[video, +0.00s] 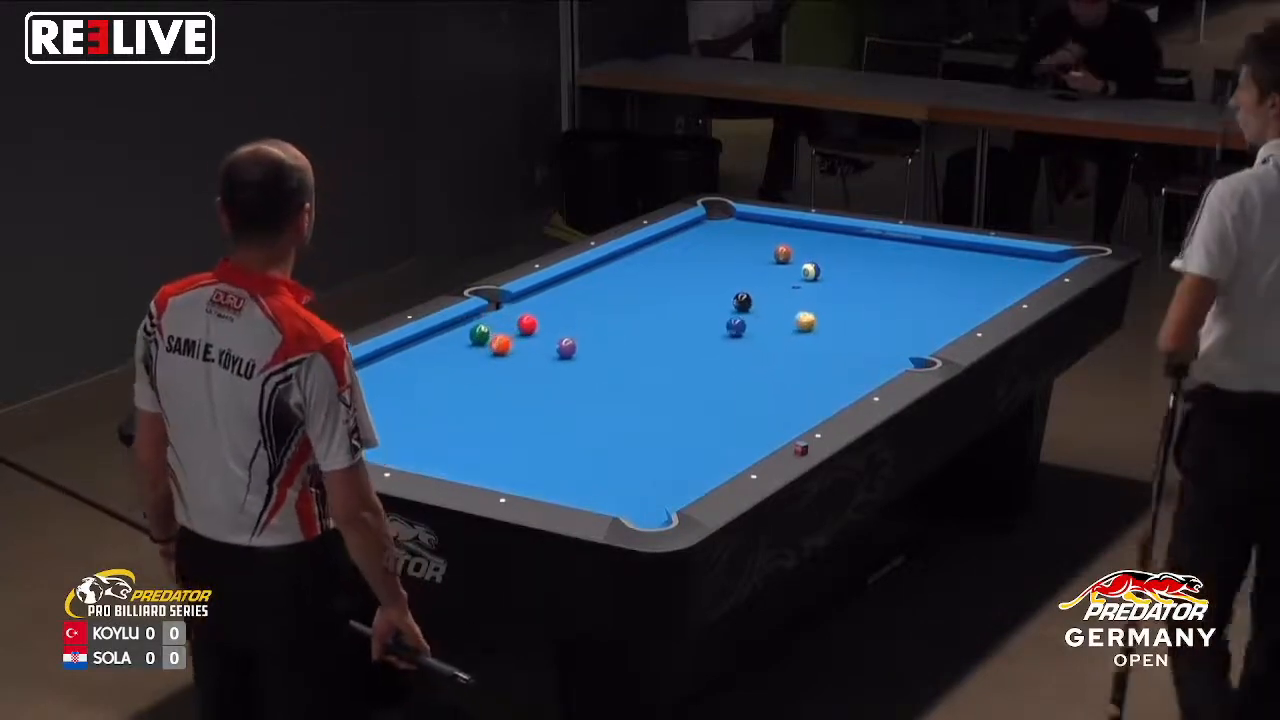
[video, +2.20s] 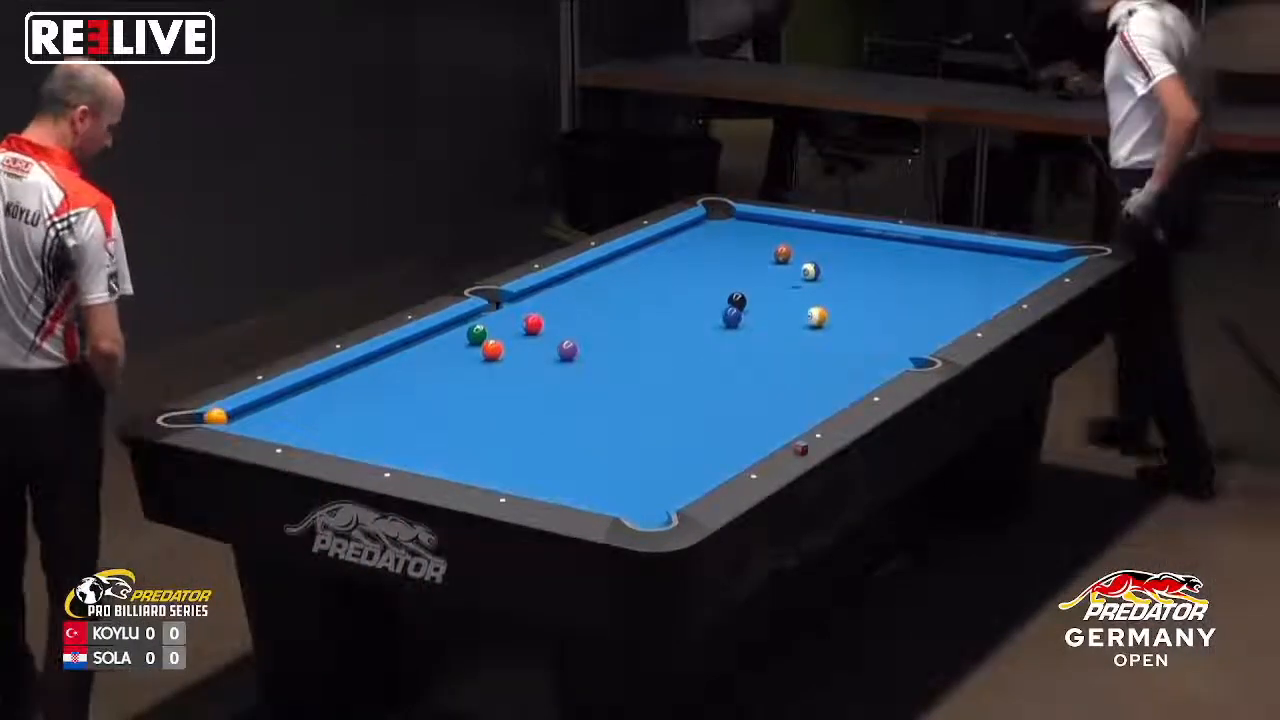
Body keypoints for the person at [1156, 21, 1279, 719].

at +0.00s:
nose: (1236, 104)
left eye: (1242, 90)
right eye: (1239, 90)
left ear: (1268, 99)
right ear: (1277, 101)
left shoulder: (1239, 195)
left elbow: (1177, 334)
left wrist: (1177, 365)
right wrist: (1188, 355)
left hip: (1237, 411)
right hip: (1270, 407)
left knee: (1200, 594)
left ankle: (1206, 707)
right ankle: (1258, 706)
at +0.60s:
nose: (1191, 63)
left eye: (1201, 52)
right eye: (1194, 49)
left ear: (1239, 62)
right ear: (1255, 63)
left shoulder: (1207, 143)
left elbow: (1153, 266)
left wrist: (1177, 275)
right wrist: (1183, 266)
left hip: (1210, 332)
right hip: (1273, 332)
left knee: (1187, 489)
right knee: (1261, 504)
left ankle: (1190, 641)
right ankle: (1252, 675)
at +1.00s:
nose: (1182, 38)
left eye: (1192, 25)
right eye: (1184, 24)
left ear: (1233, 34)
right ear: (1241, 34)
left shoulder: (1193, 109)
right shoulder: (1278, 96)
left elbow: (1151, 223)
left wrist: (1180, 229)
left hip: (1204, 287)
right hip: (1275, 286)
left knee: (1190, 445)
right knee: (1274, 435)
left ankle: (1193, 617)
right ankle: (1269, 566)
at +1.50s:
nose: (1191, 8)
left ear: (1237, 5)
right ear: (1252, 7)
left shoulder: (1220, 70)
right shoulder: (1275, 55)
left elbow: (1196, 177)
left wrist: (1163, 214)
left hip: (1222, 236)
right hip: (1276, 231)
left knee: (1199, 376)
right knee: (1275, 390)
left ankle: (1210, 516)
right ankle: (1271, 539)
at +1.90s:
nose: (1133, 1)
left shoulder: (1174, 53)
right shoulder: (1254, 38)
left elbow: (1190, 145)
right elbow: (1267, 134)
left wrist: (1156, 212)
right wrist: (1255, 186)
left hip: (1190, 211)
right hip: (1247, 208)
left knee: (1178, 343)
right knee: (1229, 346)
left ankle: (1186, 465)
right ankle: (1264, 482)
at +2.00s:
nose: (1120, 5)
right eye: (1118, 1)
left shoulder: (1162, 40)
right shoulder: (1226, 25)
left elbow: (1185, 135)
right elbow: (1228, 118)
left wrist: (1153, 202)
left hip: (1182, 198)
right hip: (1223, 193)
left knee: (1174, 332)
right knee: (1199, 329)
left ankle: (1187, 464)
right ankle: (1237, 443)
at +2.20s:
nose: (1087, 8)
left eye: (1088, 5)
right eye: (1087, 6)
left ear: (1102, 1)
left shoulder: (1137, 29)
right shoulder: (1165, 18)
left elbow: (1183, 116)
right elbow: (1189, 117)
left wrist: (1153, 191)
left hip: (1144, 192)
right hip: (1147, 186)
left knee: (1150, 325)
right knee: (1132, 313)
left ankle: (1189, 463)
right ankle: (1130, 421)